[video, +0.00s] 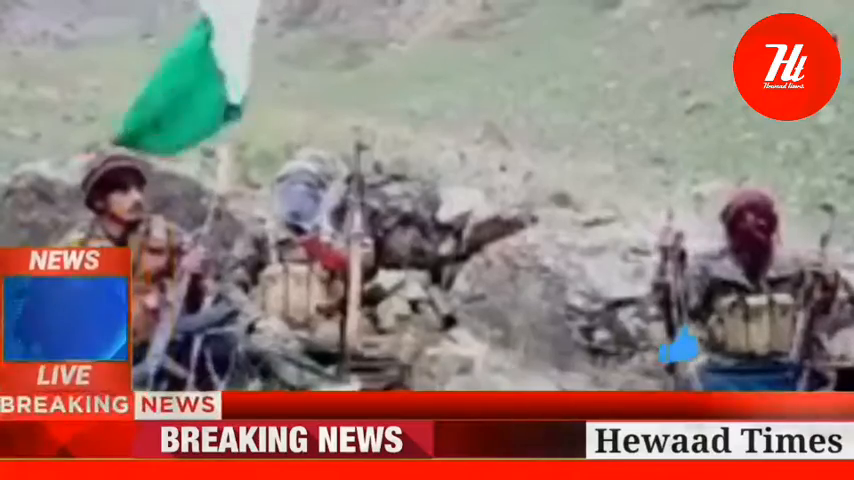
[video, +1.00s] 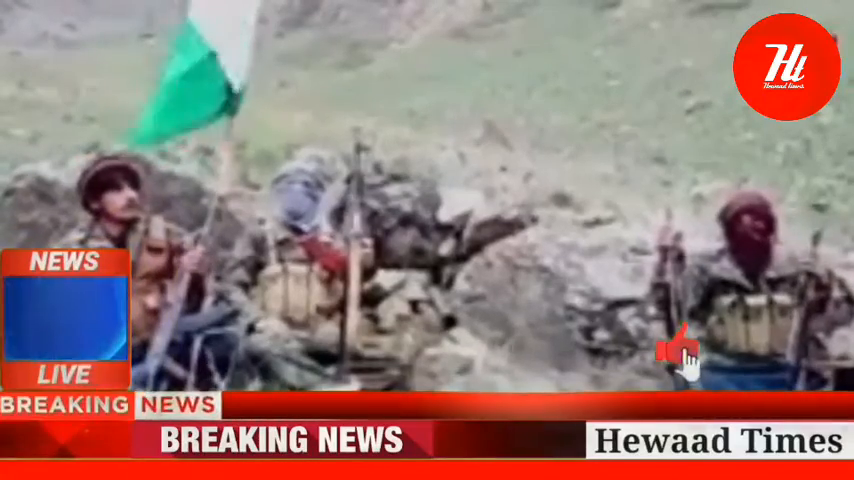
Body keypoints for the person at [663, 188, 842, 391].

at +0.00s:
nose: (756, 222)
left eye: (763, 215)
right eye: (746, 214)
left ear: (772, 225)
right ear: (732, 224)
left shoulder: (792, 269)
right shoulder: (705, 267)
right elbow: (687, 310)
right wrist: (672, 265)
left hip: (782, 371)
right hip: (723, 372)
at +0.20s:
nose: (751, 222)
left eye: (760, 215)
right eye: (740, 216)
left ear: (773, 226)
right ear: (729, 228)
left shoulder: (796, 271)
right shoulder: (705, 269)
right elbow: (675, 313)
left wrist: (829, 292)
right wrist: (669, 266)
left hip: (783, 373)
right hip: (720, 375)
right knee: (684, 369)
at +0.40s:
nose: (752, 224)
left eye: (761, 217)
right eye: (740, 217)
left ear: (771, 227)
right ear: (728, 229)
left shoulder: (794, 272)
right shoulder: (705, 270)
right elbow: (675, 311)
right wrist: (668, 265)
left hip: (782, 374)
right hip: (720, 375)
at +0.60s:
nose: (756, 225)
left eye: (762, 218)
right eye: (746, 217)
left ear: (772, 227)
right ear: (730, 226)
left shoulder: (795, 271)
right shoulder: (704, 269)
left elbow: (844, 310)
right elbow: (672, 311)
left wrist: (825, 296)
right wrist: (667, 266)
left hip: (783, 375)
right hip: (721, 375)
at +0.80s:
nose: (758, 225)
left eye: (764, 219)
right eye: (749, 217)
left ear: (772, 227)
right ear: (730, 225)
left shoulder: (794, 270)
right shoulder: (704, 269)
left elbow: (841, 312)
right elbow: (673, 313)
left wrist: (823, 298)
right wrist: (667, 267)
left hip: (782, 374)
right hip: (720, 375)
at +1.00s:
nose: (759, 225)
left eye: (764, 219)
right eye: (749, 216)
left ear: (773, 227)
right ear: (730, 225)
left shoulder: (793, 272)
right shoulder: (705, 270)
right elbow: (674, 313)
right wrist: (667, 265)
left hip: (782, 372)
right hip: (721, 372)